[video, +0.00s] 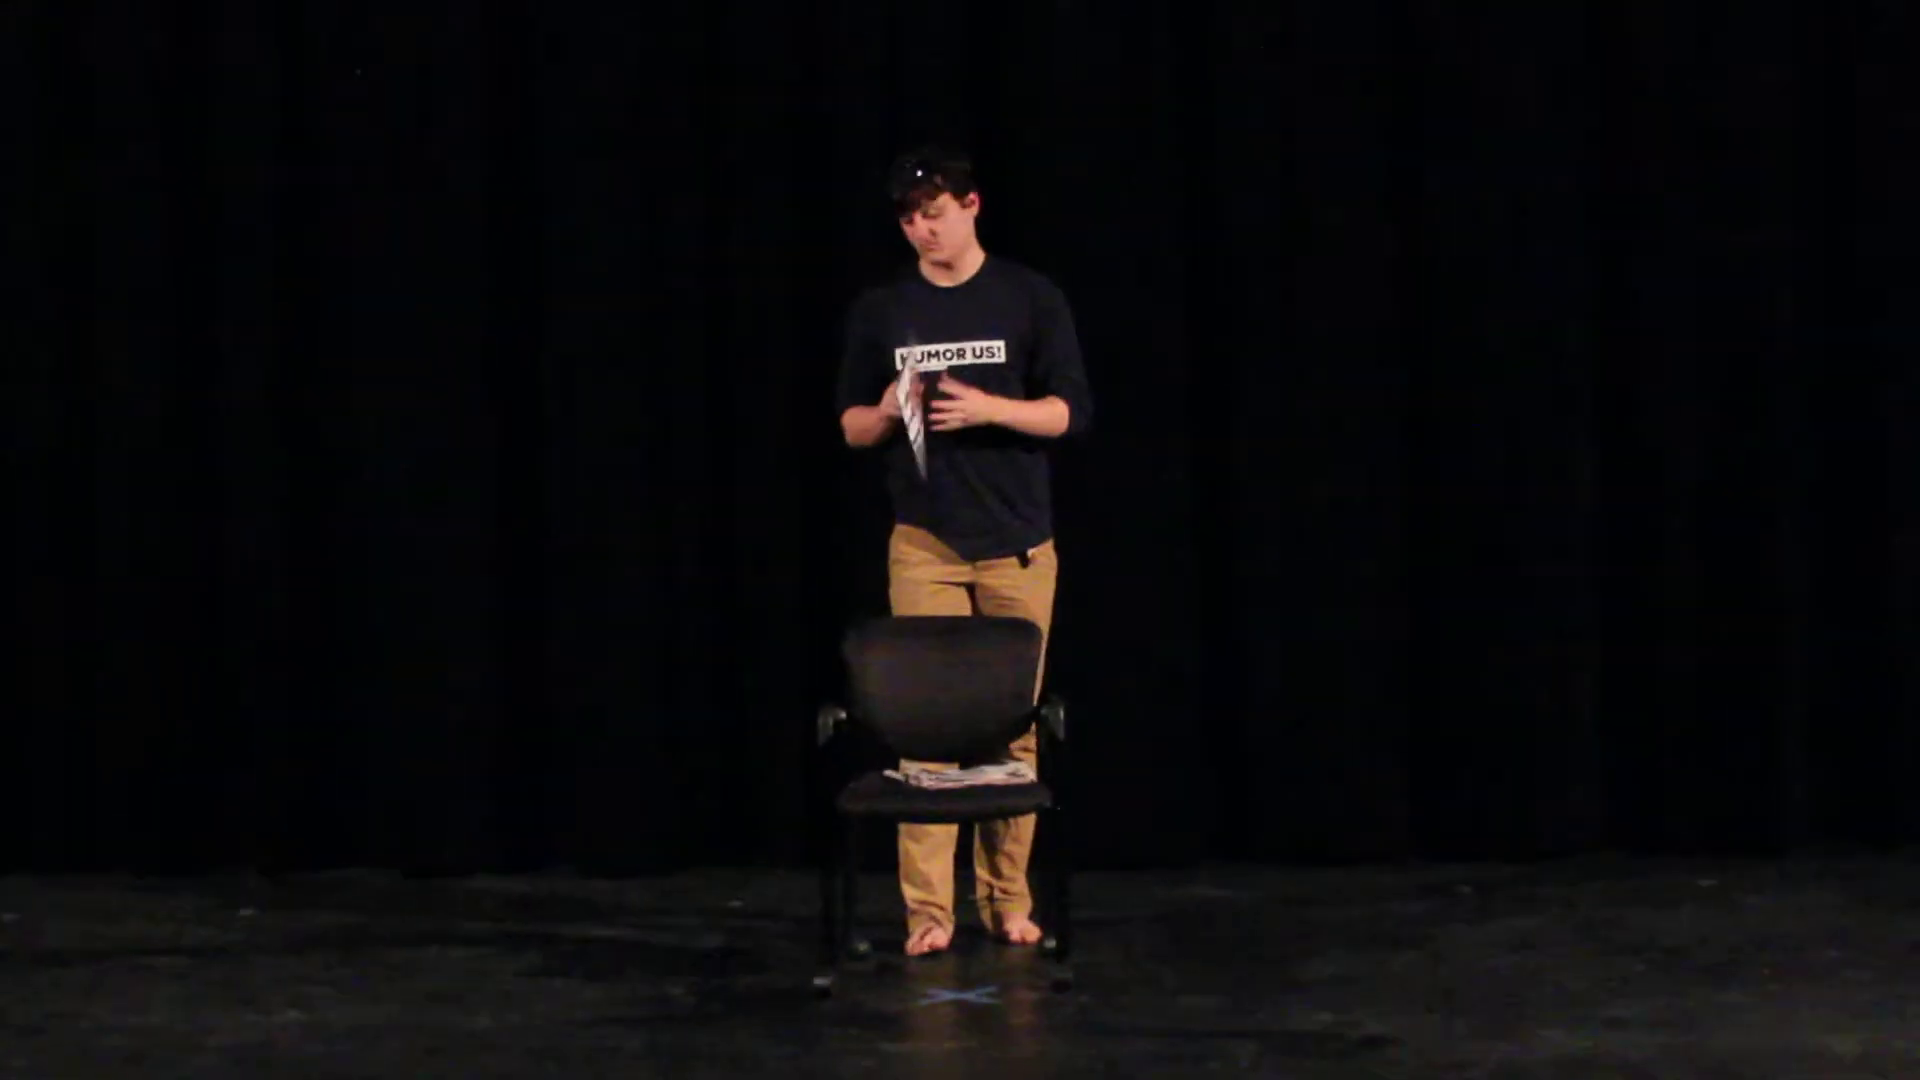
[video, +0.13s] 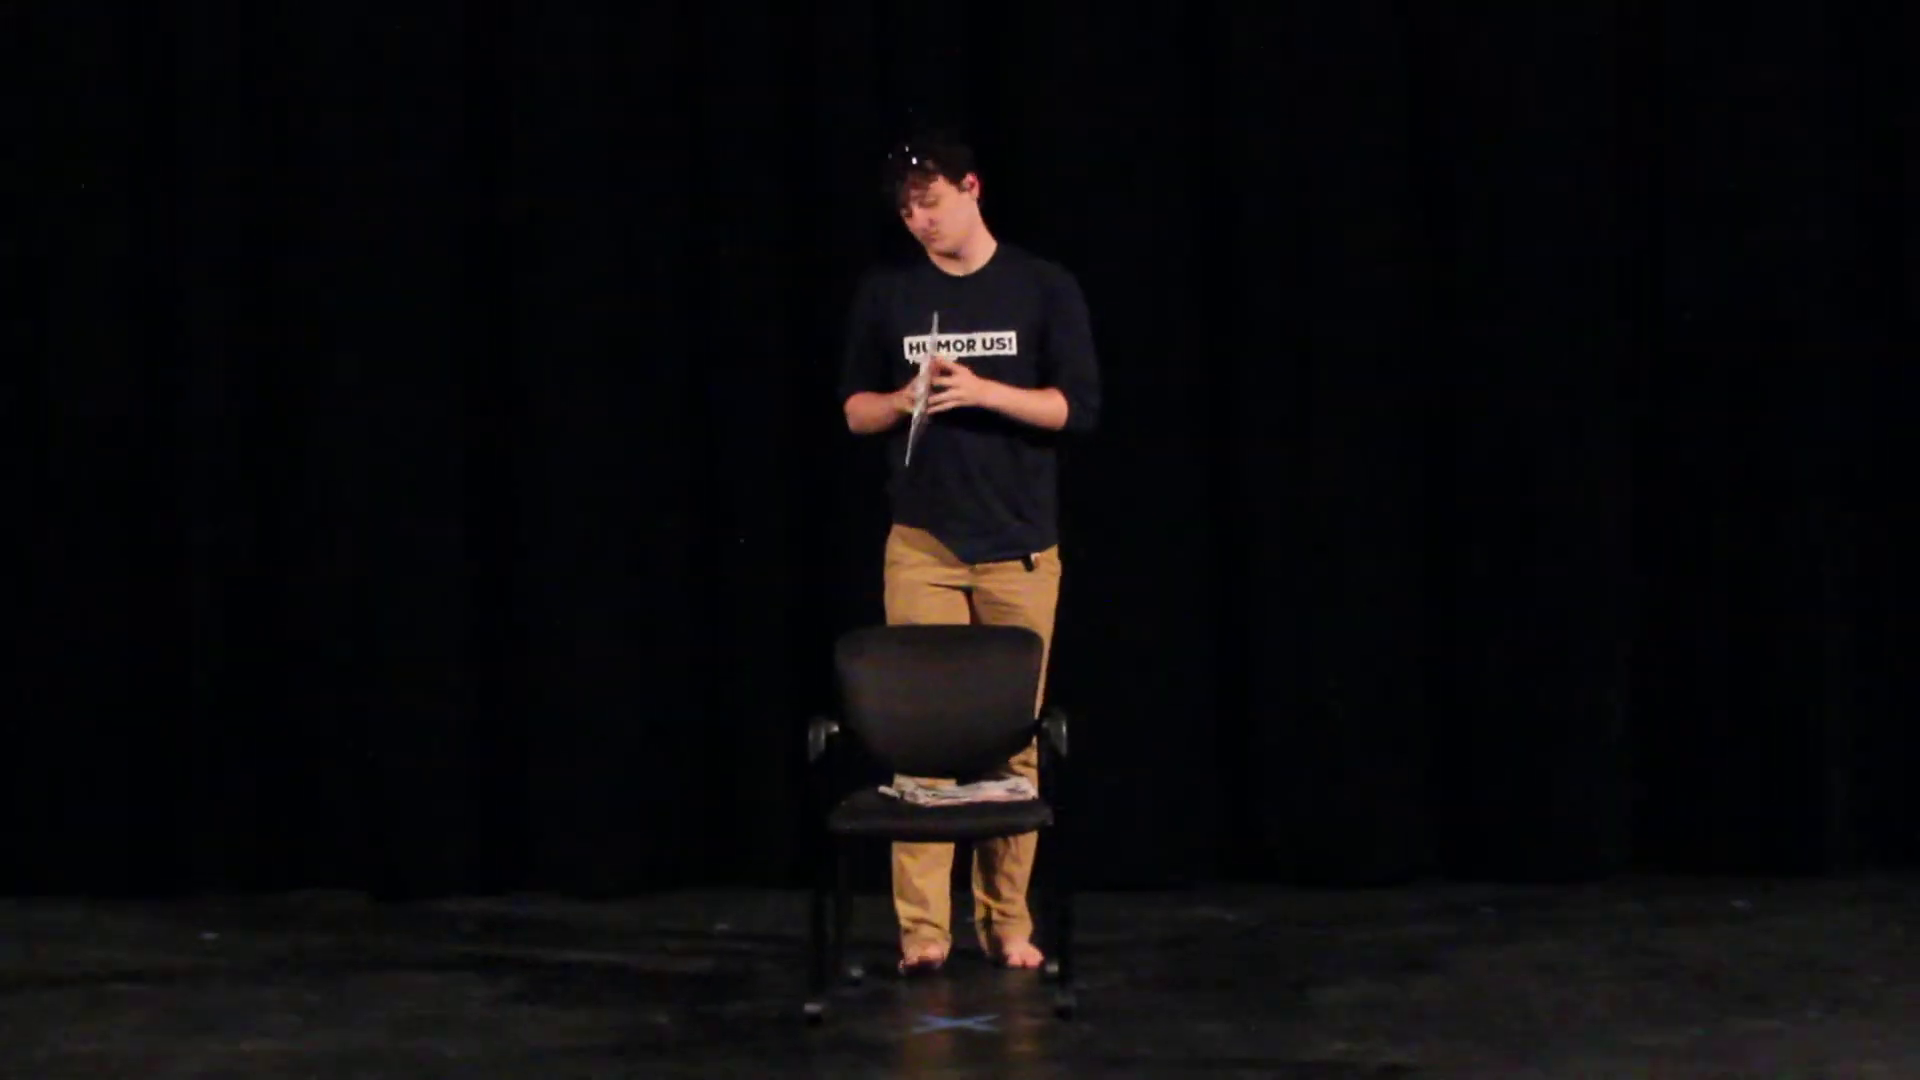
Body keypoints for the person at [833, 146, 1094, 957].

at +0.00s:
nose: (921, 229)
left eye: (934, 213)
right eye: (911, 217)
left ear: (972, 207)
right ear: (900, 224)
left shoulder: (1033, 300)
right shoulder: (883, 310)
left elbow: (1069, 414)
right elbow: (853, 428)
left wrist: (991, 408)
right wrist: (891, 411)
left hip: (1018, 543)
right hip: (922, 541)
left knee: (1015, 722)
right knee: (925, 719)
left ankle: (1008, 899)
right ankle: (928, 909)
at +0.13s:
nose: (920, 223)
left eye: (930, 203)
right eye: (909, 209)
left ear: (972, 190)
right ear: (901, 213)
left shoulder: (1044, 290)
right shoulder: (889, 292)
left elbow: (1076, 408)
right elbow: (854, 413)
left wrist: (983, 392)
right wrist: (905, 401)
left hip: (1020, 545)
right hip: (920, 542)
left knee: (1015, 733)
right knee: (920, 729)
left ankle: (1008, 920)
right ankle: (923, 927)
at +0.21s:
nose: (922, 207)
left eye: (934, 189)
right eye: (911, 195)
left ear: (976, 180)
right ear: (901, 201)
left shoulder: (1049, 279)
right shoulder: (888, 287)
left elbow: (1082, 400)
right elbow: (858, 412)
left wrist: (987, 384)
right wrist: (905, 388)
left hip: (1021, 547)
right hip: (918, 542)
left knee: (1014, 739)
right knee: (917, 733)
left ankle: (1011, 931)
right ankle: (921, 934)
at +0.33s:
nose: (929, 192)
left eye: (942, 172)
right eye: (914, 179)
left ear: (978, 168)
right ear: (898, 188)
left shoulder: (1049, 269)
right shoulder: (882, 286)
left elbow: (1090, 392)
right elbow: (855, 424)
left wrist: (1005, 374)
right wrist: (904, 377)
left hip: (1024, 546)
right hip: (916, 542)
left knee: (1016, 745)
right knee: (915, 735)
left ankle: (1008, 945)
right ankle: (916, 934)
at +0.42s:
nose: (934, 178)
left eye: (948, 161)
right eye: (918, 165)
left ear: (977, 163)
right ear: (895, 176)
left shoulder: (1044, 263)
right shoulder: (873, 283)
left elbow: (1091, 387)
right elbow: (844, 425)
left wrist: (1014, 374)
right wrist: (895, 393)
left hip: (1024, 544)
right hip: (913, 542)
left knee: (1017, 750)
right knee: (910, 744)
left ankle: (1009, 957)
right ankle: (909, 948)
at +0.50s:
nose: (935, 170)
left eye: (949, 152)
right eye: (917, 155)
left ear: (975, 158)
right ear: (889, 166)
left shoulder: (1038, 260)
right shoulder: (860, 282)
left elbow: (1089, 389)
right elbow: (834, 430)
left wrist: (1012, 374)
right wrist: (902, 397)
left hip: (1022, 550)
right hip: (907, 552)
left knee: (1018, 761)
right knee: (908, 759)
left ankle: (1011, 976)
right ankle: (907, 977)